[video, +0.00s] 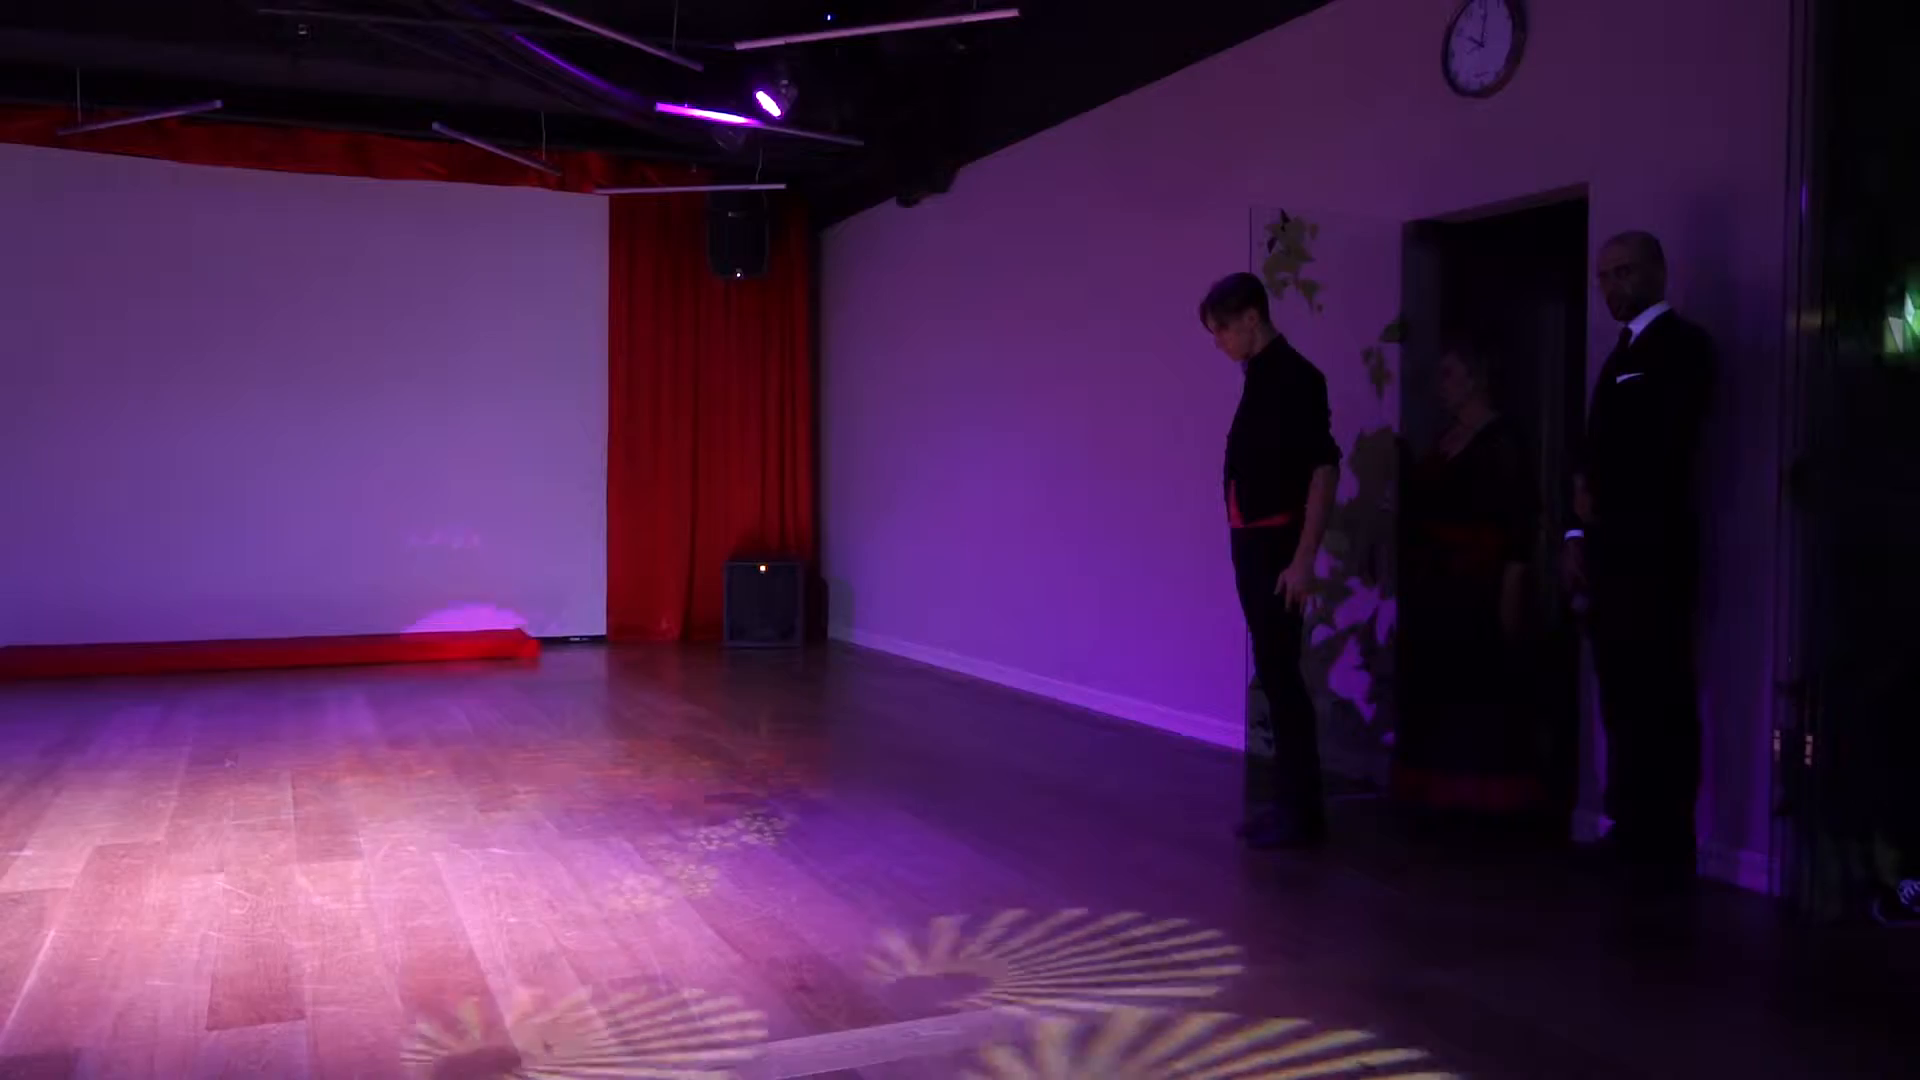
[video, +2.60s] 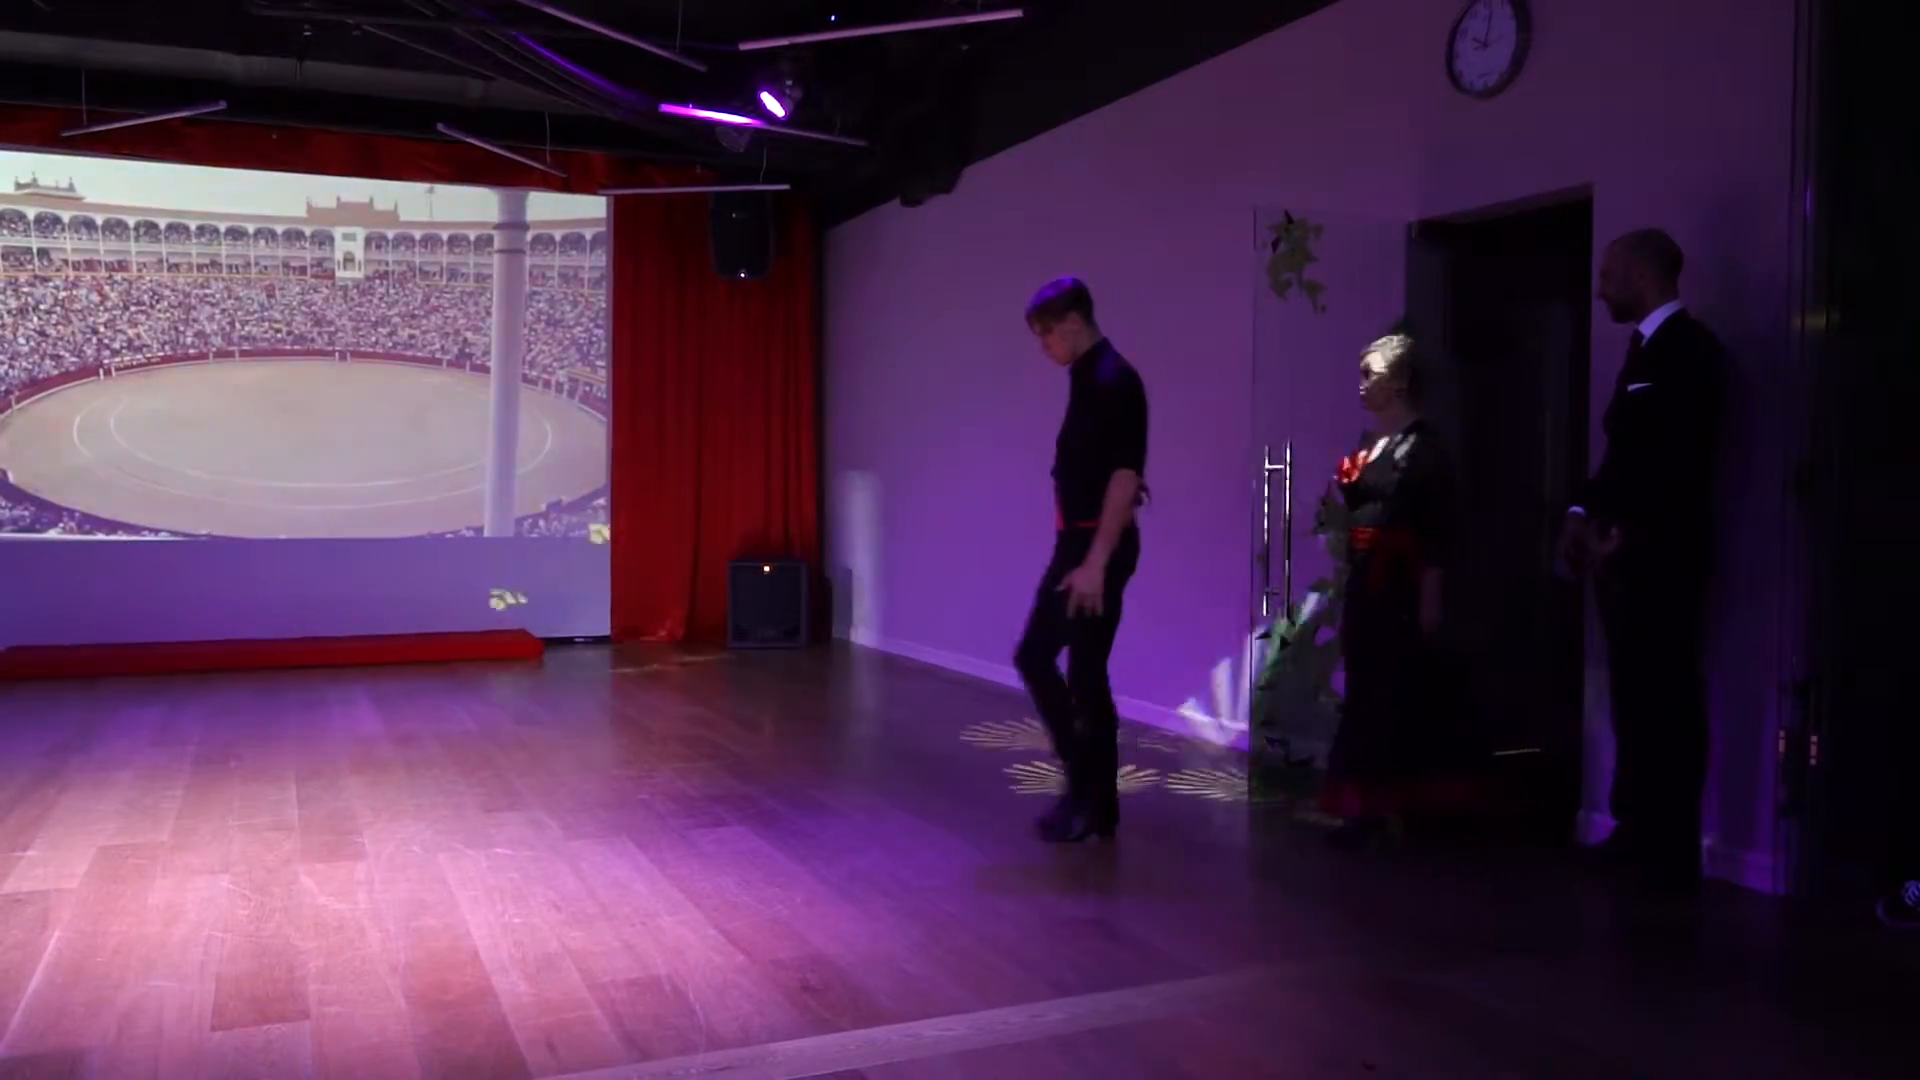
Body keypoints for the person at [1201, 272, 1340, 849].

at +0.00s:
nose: (1218, 343)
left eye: (1221, 331)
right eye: (1213, 333)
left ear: (1251, 319)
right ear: (1245, 323)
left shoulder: (1294, 376)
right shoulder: (1263, 375)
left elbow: (1324, 467)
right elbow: (1266, 466)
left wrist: (1302, 560)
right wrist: (1246, 538)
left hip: (1277, 544)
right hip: (1253, 542)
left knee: (1281, 675)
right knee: (1276, 675)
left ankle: (1298, 810)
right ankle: (1290, 804)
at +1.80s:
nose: (1190, 349)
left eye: (1193, 337)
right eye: (1187, 339)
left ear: (1222, 327)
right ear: (1223, 328)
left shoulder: (1267, 381)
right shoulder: (1240, 379)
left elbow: (1300, 473)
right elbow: (1239, 466)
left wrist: (1285, 564)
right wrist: (1230, 542)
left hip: (1255, 551)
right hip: (1245, 548)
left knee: (1200, 663)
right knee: (1269, 675)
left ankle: (1211, 800)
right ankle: (1293, 802)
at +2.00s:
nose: (1164, 352)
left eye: (1167, 340)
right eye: (1160, 342)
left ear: (1197, 331)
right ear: (1198, 334)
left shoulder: (1239, 387)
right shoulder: (1211, 386)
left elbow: (1274, 477)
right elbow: (1212, 476)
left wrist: (1259, 569)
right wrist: (1201, 545)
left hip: (1228, 557)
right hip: (1216, 554)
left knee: (1169, 667)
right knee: (1259, 679)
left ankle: (1124, 801)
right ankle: (1294, 804)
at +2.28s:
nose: (1109, 347)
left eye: (1113, 334)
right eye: (1104, 337)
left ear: (1142, 324)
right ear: (1134, 329)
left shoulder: (1179, 382)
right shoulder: (1155, 380)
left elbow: (1205, 476)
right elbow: (1159, 471)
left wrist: (1189, 565)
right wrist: (1138, 548)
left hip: (1161, 550)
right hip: (1151, 547)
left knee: (1123, 670)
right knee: (1188, 668)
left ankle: (1101, 805)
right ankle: (1268, 779)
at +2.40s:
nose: (1083, 346)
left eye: (1085, 332)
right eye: (1078, 335)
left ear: (1113, 322)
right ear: (1111, 324)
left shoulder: (1153, 380)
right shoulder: (1127, 377)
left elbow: (1173, 476)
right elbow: (1126, 469)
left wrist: (1153, 564)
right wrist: (1105, 542)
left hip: (1135, 546)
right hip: (1117, 542)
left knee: (1112, 672)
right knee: (1126, 670)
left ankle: (1100, 806)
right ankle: (1222, 766)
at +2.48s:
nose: (1067, 344)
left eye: (1071, 331)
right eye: (1063, 333)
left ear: (1098, 321)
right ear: (1091, 326)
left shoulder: (1138, 380)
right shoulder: (1112, 376)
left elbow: (1152, 478)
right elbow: (1112, 469)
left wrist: (1127, 564)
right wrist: (1093, 546)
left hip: (1123, 542)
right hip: (1099, 539)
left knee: (1097, 668)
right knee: (1086, 665)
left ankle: (1099, 806)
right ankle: (1175, 763)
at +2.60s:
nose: (1045, 346)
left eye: (1048, 334)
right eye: (1041, 336)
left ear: (1075, 323)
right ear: (1066, 327)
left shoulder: (1116, 380)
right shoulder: (1088, 376)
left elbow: (1125, 480)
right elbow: (1096, 467)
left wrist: (1096, 563)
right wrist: (1073, 537)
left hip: (1103, 543)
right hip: (1078, 540)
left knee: (1086, 673)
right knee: (1034, 657)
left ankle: (1097, 804)